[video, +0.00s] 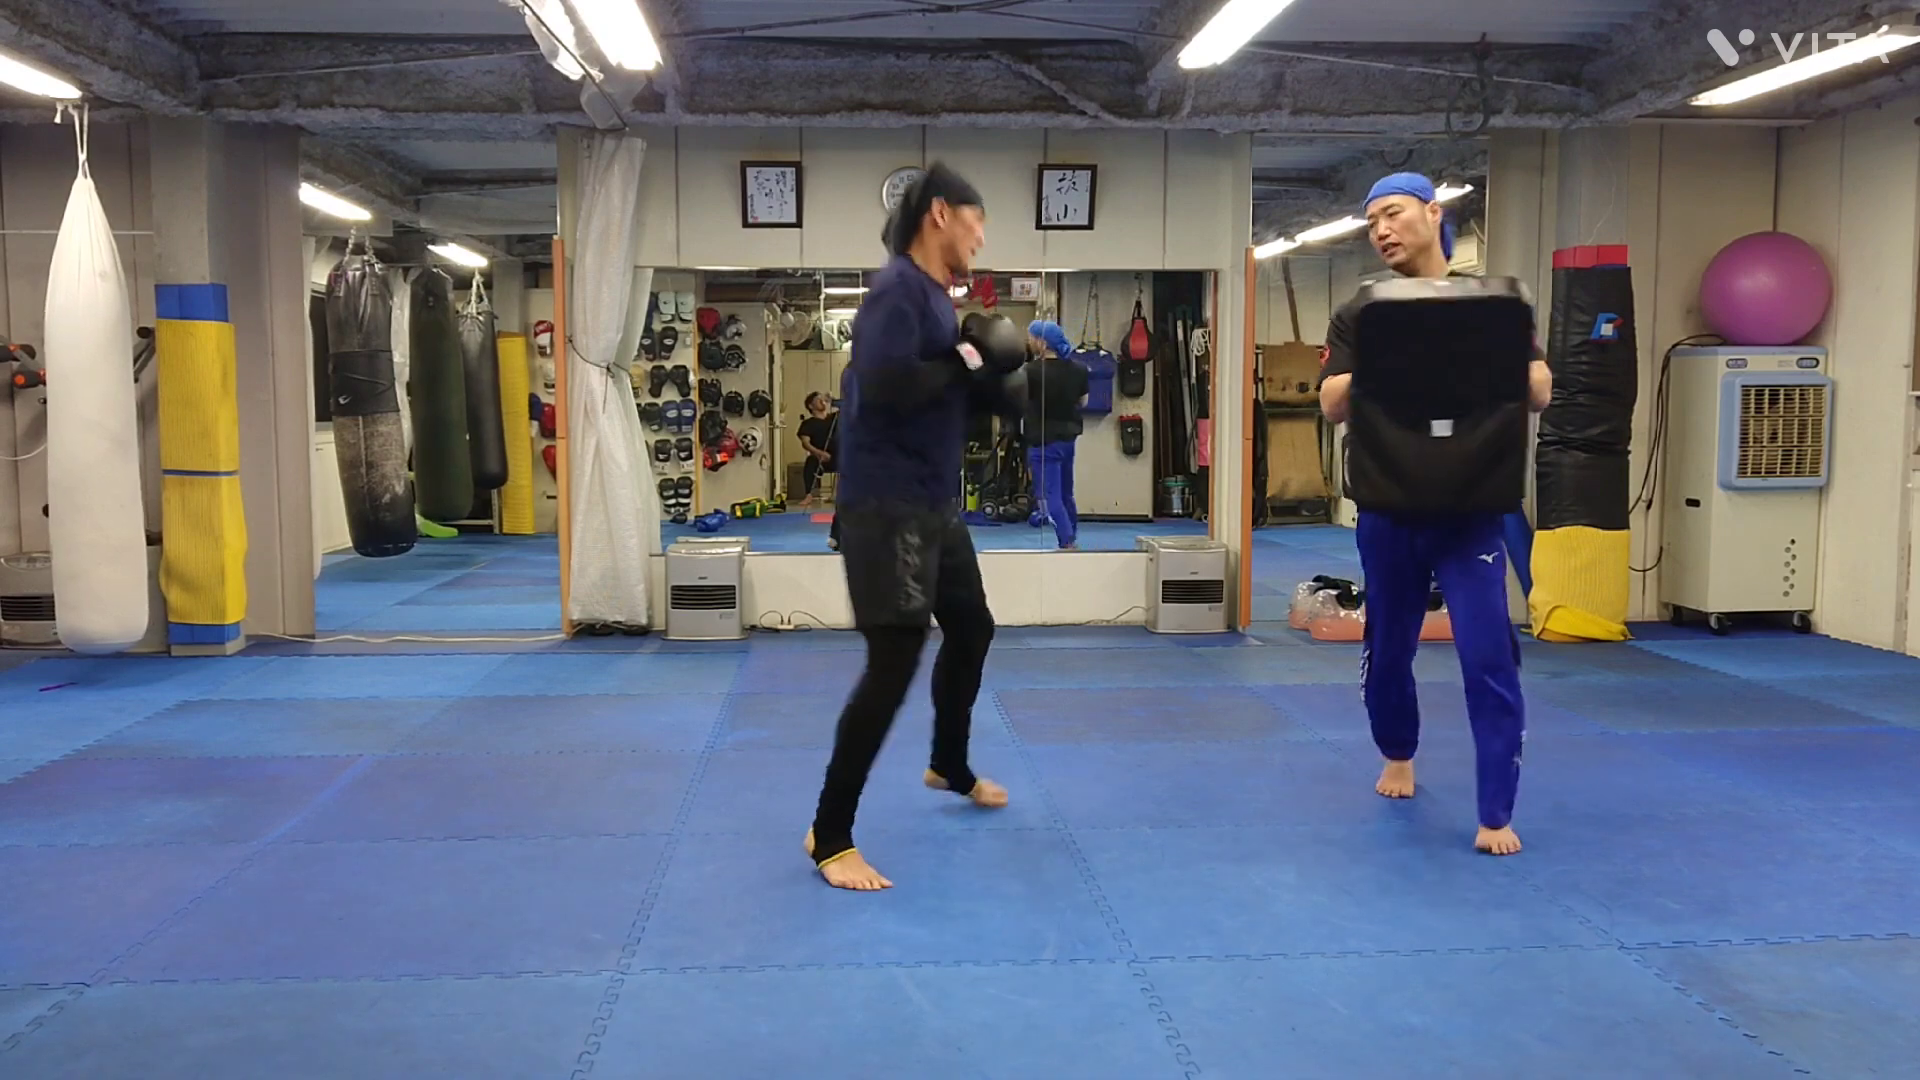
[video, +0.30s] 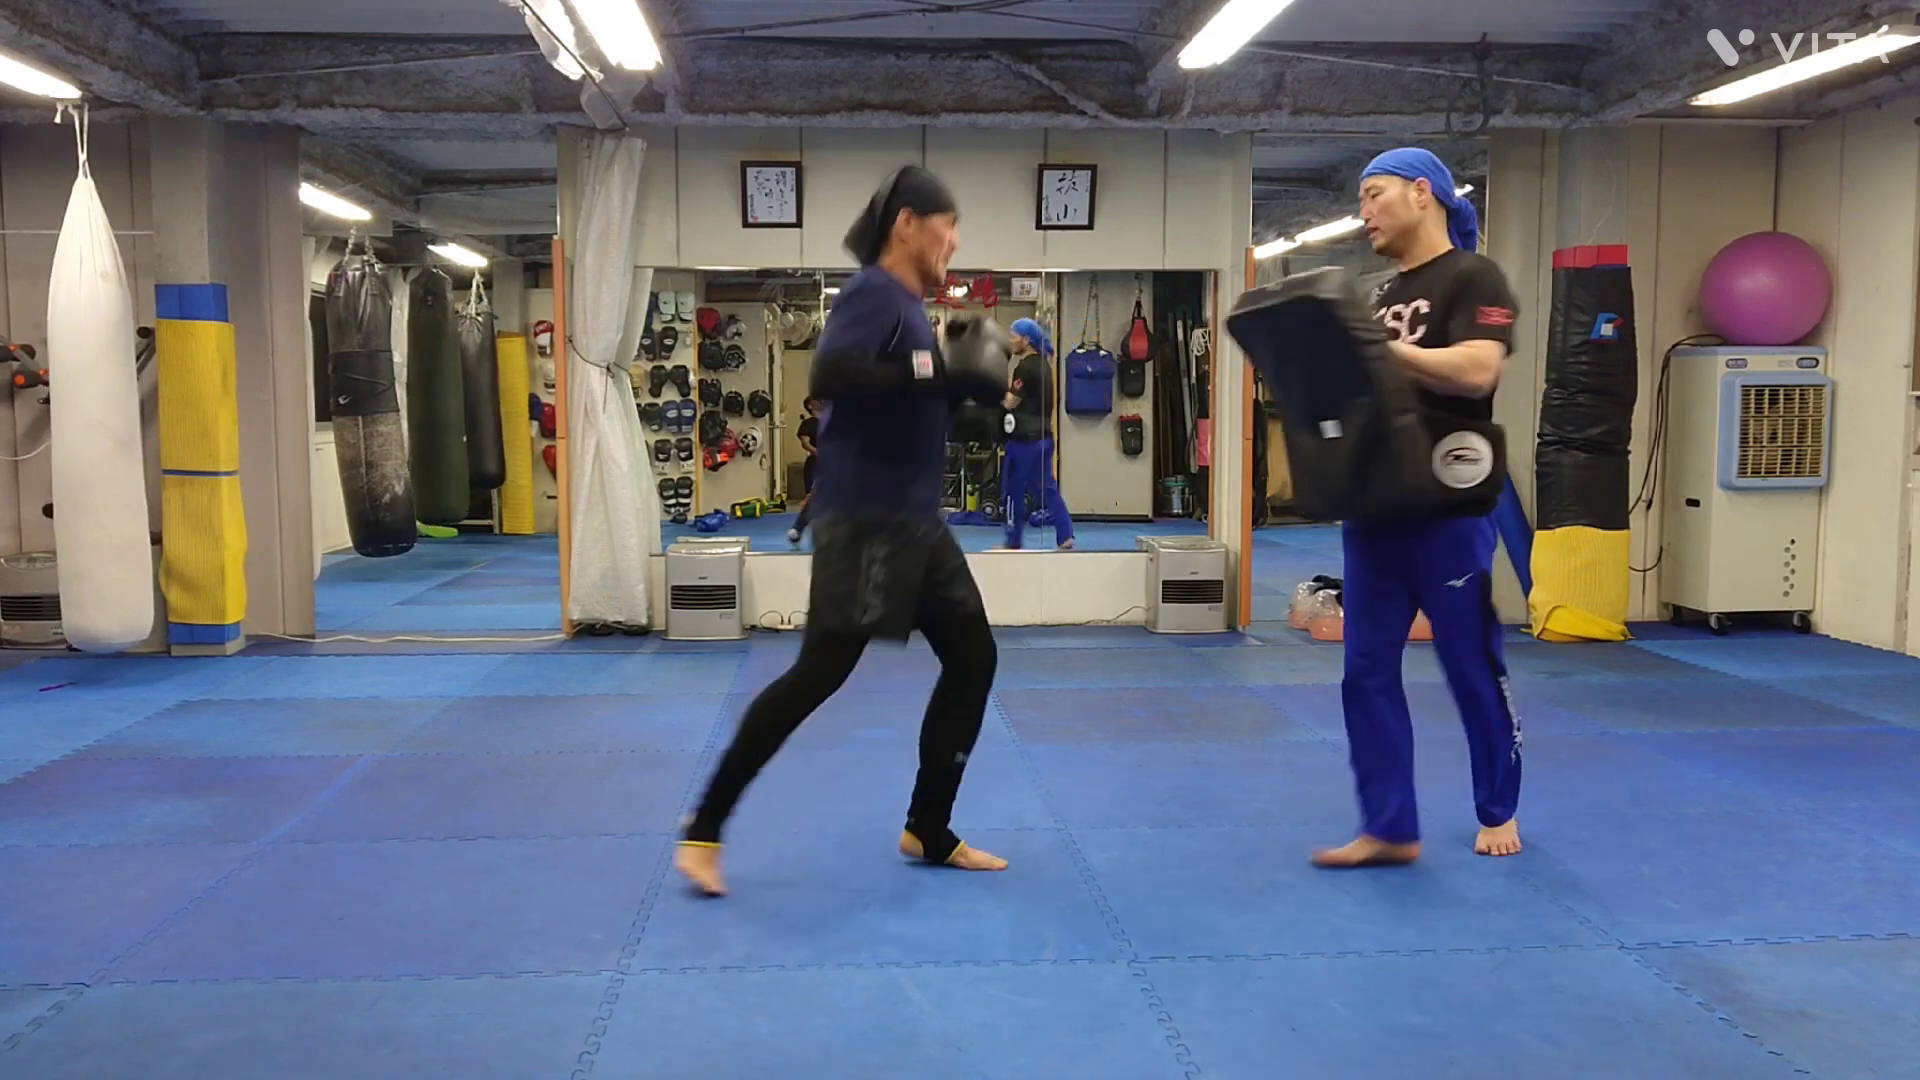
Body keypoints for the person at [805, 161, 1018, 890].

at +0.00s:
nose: (980, 241)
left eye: (983, 229)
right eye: (976, 226)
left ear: (944, 220)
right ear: (939, 215)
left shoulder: (938, 301)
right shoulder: (897, 290)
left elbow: (951, 397)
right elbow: (884, 388)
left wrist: (1013, 382)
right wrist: (965, 360)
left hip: (934, 505)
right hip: (886, 507)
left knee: (971, 629)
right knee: (895, 659)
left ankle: (949, 764)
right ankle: (829, 838)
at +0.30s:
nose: (954, 246)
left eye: (956, 234)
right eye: (947, 230)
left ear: (916, 230)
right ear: (905, 224)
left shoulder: (911, 308)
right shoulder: (873, 293)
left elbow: (916, 407)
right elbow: (830, 373)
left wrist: (974, 381)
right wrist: (935, 369)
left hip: (916, 523)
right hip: (859, 522)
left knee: (973, 657)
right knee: (821, 672)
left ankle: (930, 828)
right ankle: (703, 829)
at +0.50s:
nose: (903, 254)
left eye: (905, 241)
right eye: (892, 238)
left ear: (861, 240)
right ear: (848, 234)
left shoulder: (858, 322)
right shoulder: (807, 300)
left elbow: (854, 429)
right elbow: (779, 393)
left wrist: (933, 413)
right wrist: (884, 385)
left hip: (850, 533)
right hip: (785, 532)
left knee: (921, 653)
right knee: (733, 680)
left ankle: (926, 831)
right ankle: (625, 823)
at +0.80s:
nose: (798, 256)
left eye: (801, 244)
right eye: (789, 241)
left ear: (766, 242)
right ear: (744, 234)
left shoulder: (772, 318)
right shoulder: (690, 305)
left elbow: (772, 413)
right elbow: (671, 405)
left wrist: (826, 404)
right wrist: (765, 370)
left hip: (753, 525)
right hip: (681, 530)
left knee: (837, 640)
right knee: (654, 688)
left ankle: (820, 799)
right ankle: (588, 838)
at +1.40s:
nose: (844, 256)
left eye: (848, 242)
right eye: (835, 240)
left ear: (816, 241)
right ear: (792, 232)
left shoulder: (801, 304)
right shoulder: (759, 292)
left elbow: (815, 406)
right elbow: (767, 386)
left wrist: (894, 391)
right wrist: (845, 329)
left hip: (785, 508)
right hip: (735, 507)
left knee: (785, 656)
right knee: (747, 658)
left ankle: (763, 797)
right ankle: (636, 806)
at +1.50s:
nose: (855, 247)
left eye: (859, 234)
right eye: (844, 233)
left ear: (836, 236)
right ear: (802, 230)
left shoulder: (826, 302)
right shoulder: (769, 288)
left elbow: (850, 380)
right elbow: (743, 383)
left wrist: (901, 361)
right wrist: (836, 386)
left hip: (796, 501)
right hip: (757, 501)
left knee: (797, 645)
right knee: (790, 645)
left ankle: (763, 799)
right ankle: (736, 815)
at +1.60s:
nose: (854, 241)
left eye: (860, 231)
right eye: (841, 229)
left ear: (865, 235)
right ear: (804, 227)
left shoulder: (846, 296)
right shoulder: (774, 288)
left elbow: (912, 363)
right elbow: (735, 388)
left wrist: (880, 290)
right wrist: (811, 441)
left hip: (808, 499)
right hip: (768, 499)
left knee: (791, 647)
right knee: (821, 640)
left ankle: (762, 795)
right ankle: (815, 818)